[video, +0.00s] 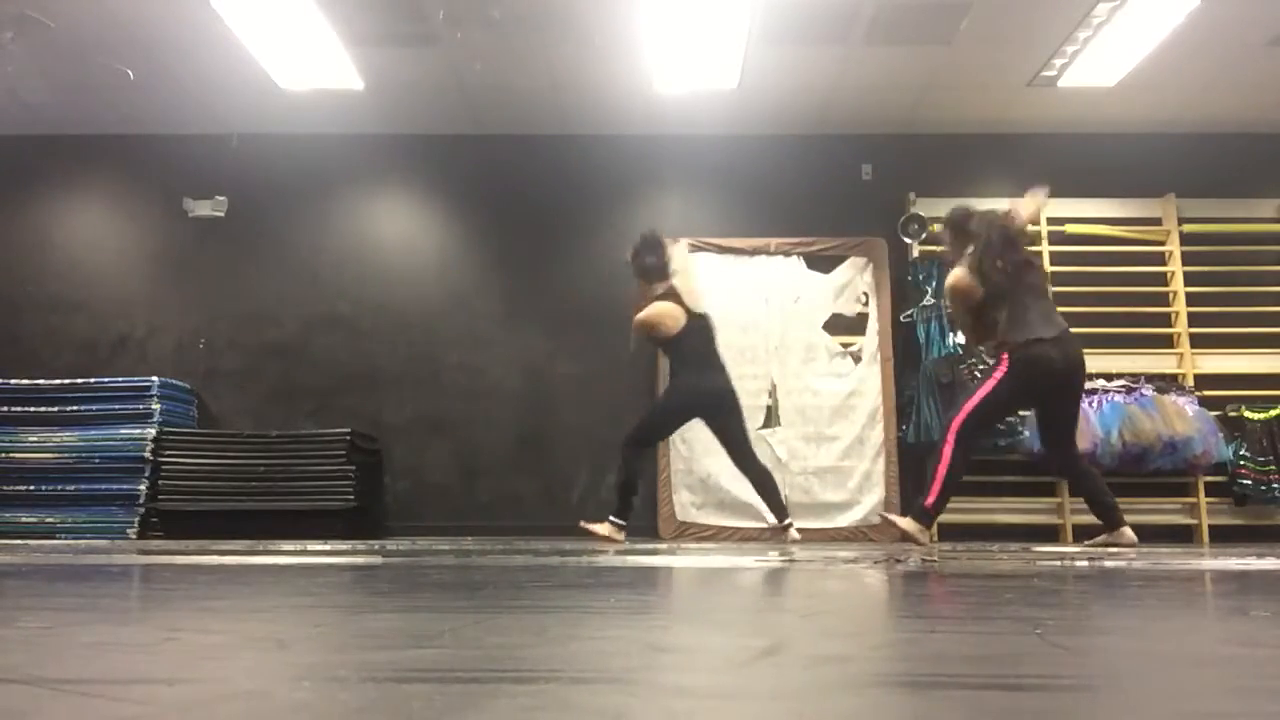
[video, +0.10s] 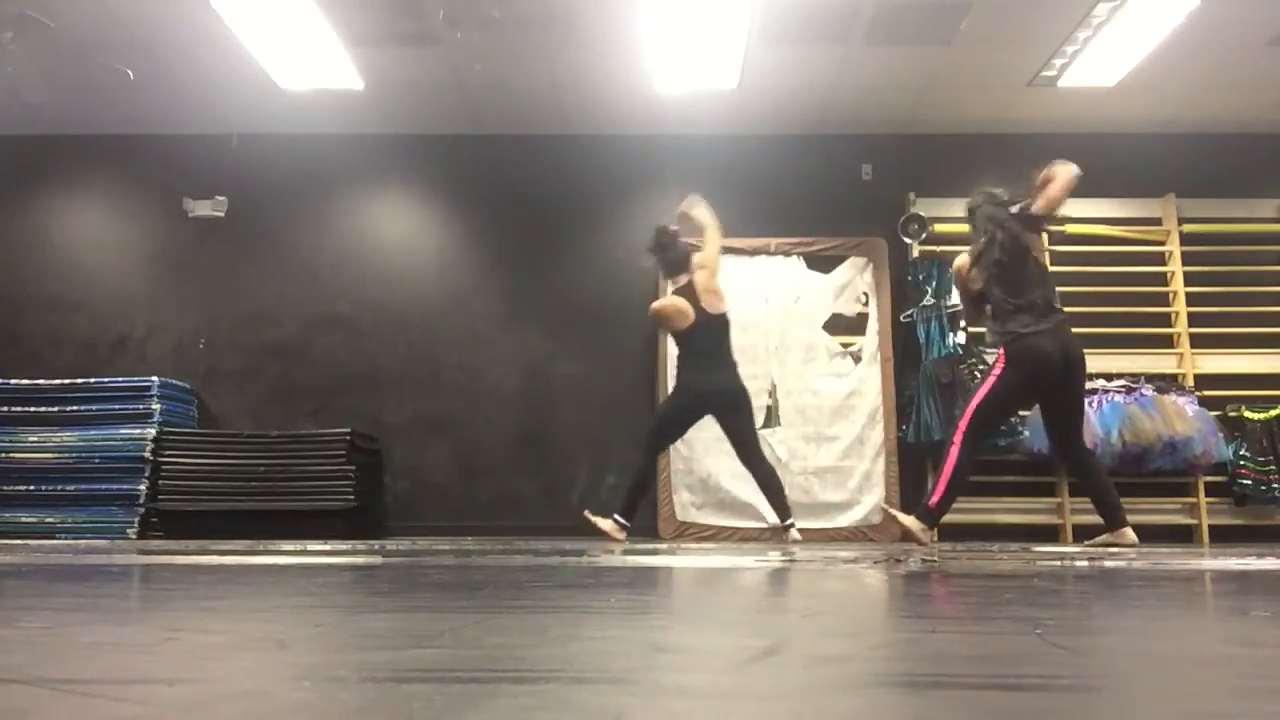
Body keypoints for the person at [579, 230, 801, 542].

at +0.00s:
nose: (635, 279)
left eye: (636, 272)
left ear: (640, 276)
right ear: (668, 267)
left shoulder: (647, 318)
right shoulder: (689, 289)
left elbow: (637, 361)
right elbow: (682, 249)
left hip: (686, 394)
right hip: (719, 391)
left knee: (634, 445)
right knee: (747, 460)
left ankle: (618, 525)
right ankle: (787, 524)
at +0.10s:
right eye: (686, 254)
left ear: (662, 268)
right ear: (689, 260)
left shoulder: (664, 309)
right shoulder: (707, 275)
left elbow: (655, 320)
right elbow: (712, 231)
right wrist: (701, 209)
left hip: (692, 390)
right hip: (729, 386)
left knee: (650, 449)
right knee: (754, 456)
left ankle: (621, 522)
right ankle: (789, 525)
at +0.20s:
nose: (718, 246)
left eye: (708, 244)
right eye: (715, 244)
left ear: (684, 257)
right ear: (713, 251)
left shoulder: (679, 297)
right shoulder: (728, 276)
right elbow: (741, 222)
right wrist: (742, 182)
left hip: (698, 386)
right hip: (735, 382)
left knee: (664, 454)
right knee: (758, 455)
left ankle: (625, 520)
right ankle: (790, 526)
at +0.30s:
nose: (744, 263)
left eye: (740, 256)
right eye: (742, 257)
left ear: (707, 261)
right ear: (735, 261)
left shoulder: (692, 294)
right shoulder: (740, 289)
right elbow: (772, 245)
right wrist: (788, 201)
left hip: (701, 387)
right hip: (739, 385)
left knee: (667, 457)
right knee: (762, 455)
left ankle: (626, 521)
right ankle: (791, 526)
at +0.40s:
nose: (760, 278)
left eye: (756, 274)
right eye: (757, 273)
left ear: (726, 274)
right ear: (752, 273)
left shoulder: (713, 306)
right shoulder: (752, 301)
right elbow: (791, 292)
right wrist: (827, 269)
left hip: (705, 389)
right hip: (741, 388)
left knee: (668, 457)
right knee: (764, 456)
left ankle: (625, 522)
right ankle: (791, 526)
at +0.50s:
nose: (770, 303)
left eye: (768, 298)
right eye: (769, 298)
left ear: (737, 299)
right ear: (762, 297)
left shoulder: (716, 330)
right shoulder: (763, 321)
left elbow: (709, 372)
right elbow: (802, 332)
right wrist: (823, 332)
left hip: (709, 394)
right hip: (747, 394)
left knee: (669, 461)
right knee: (770, 458)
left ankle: (625, 523)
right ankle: (791, 526)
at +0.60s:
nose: (761, 328)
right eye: (761, 323)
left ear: (732, 324)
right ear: (758, 322)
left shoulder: (717, 351)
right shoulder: (764, 345)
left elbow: (712, 390)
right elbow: (807, 374)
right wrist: (847, 386)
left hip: (719, 404)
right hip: (761, 402)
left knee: (675, 466)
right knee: (775, 458)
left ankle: (627, 523)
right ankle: (791, 526)